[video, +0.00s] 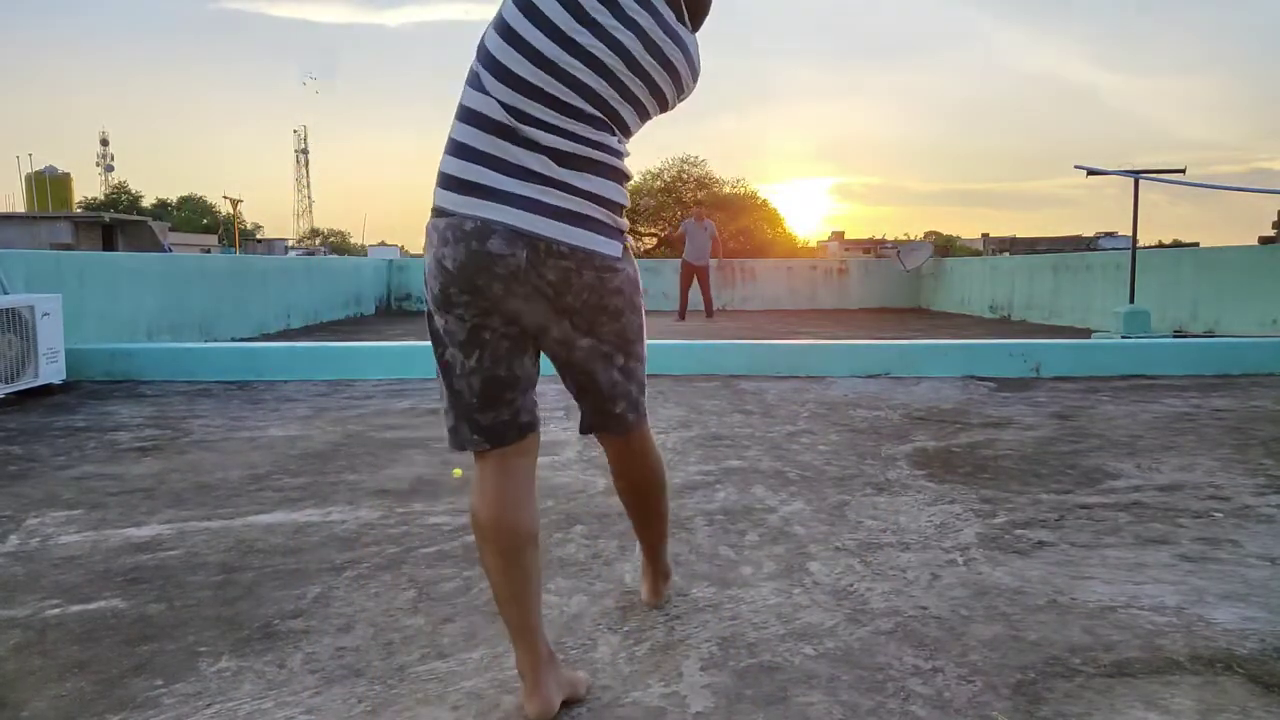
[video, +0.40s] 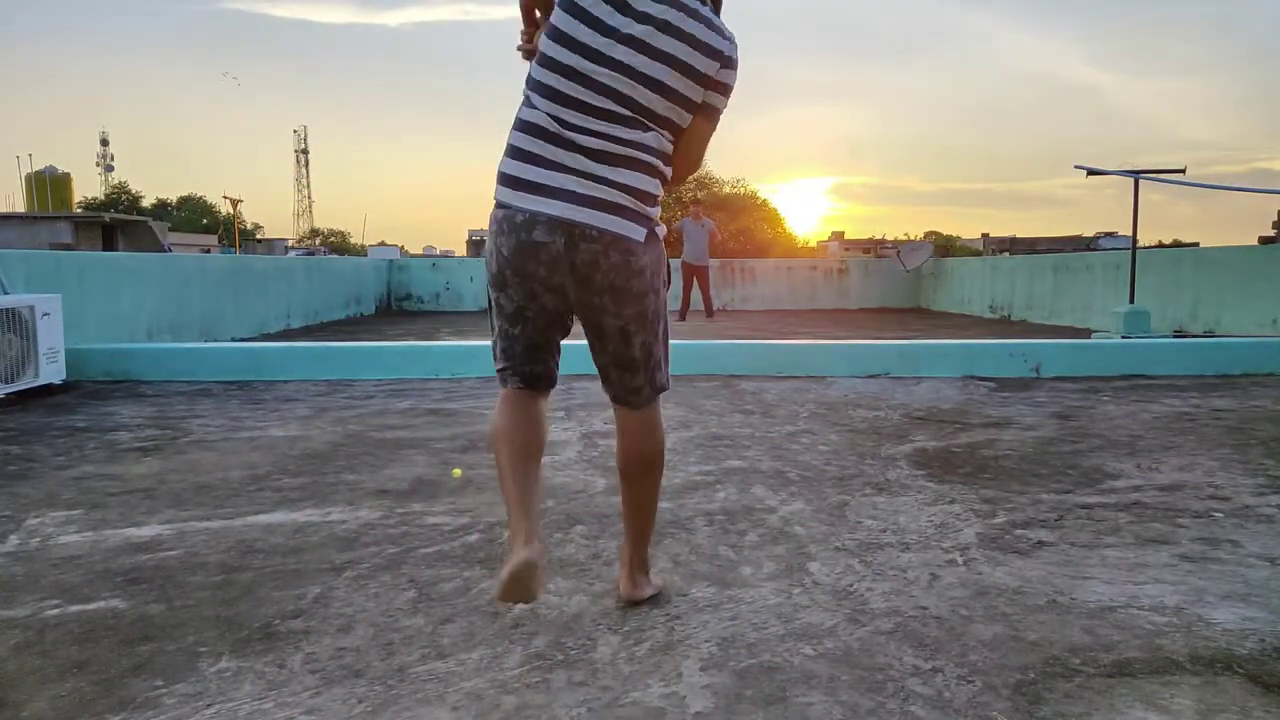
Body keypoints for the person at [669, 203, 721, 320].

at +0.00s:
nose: (698, 210)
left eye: (700, 208)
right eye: (696, 208)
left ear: (704, 210)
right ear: (692, 210)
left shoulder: (710, 224)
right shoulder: (687, 224)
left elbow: (716, 240)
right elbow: (678, 236)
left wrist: (720, 257)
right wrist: (671, 236)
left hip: (703, 262)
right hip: (688, 261)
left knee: (706, 291)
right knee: (684, 290)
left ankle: (709, 315)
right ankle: (681, 316)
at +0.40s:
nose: (695, 209)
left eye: (698, 206)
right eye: (693, 206)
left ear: (702, 208)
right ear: (690, 208)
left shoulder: (707, 223)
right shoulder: (685, 222)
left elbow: (717, 237)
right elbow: (673, 229)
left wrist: (708, 245)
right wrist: (684, 240)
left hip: (702, 261)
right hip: (687, 260)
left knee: (705, 291)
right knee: (686, 290)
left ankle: (710, 314)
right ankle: (682, 315)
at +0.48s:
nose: (695, 209)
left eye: (697, 206)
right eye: (693, 206)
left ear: (701, 208)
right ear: (689, 208)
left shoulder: (707, 222)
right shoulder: (685, 222)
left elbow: (717, 232)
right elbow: (673, 227)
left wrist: (719, 233)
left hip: (701, 261)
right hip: (687, 260)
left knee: (705, 291)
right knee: (686, 290)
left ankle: (709, 314)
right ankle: (682, 315)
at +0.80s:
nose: (693, 210)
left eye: (696, 207)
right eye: (691, 207)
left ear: (700, 209)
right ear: (688, 209)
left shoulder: (705, 222)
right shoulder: (684, 222)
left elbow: (716, 235)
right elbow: (673, 235)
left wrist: (718, 244)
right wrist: (661, 243)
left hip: (701, 261)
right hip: (687, 261)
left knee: (705, 290)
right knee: (686, 290)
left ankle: (709, 314)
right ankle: (682, 315)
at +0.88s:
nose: (693, 210)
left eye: (695, 207)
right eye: (691, 207)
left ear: (699, 208)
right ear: (688, 209)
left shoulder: (705, 223)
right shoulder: (684, 223)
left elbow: (714, 240)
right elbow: (677, 240)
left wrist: (720, 257)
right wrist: (667, 256)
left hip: (701, 262)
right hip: (687, 261)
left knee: (705, 291)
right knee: (686, 290)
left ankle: (710, 315)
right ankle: (682, 315)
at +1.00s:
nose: (693, 209)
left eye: (695, 206)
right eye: (690, 207)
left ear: (700, 208)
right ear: (687, 209)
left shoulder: (705, 223)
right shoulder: (683, 223)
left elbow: (709, 240)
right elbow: (681, 240)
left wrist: (712, 257)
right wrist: (680, 257)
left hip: (701, 262)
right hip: (687, 261)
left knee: (705, 291)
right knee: (686, 291)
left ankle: (709, 314)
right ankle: (682, 315)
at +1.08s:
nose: (693, 209)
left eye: (695, 206)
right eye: (691, 206)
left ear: (699, 208)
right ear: (687, 209)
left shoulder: (705, 222)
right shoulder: (683, 223)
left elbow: (709, 235)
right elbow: (681, 235)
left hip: (702, 261)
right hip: (687, 260)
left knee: (705, 291)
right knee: (686, 290)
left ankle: (709, 315)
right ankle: (682, 315)